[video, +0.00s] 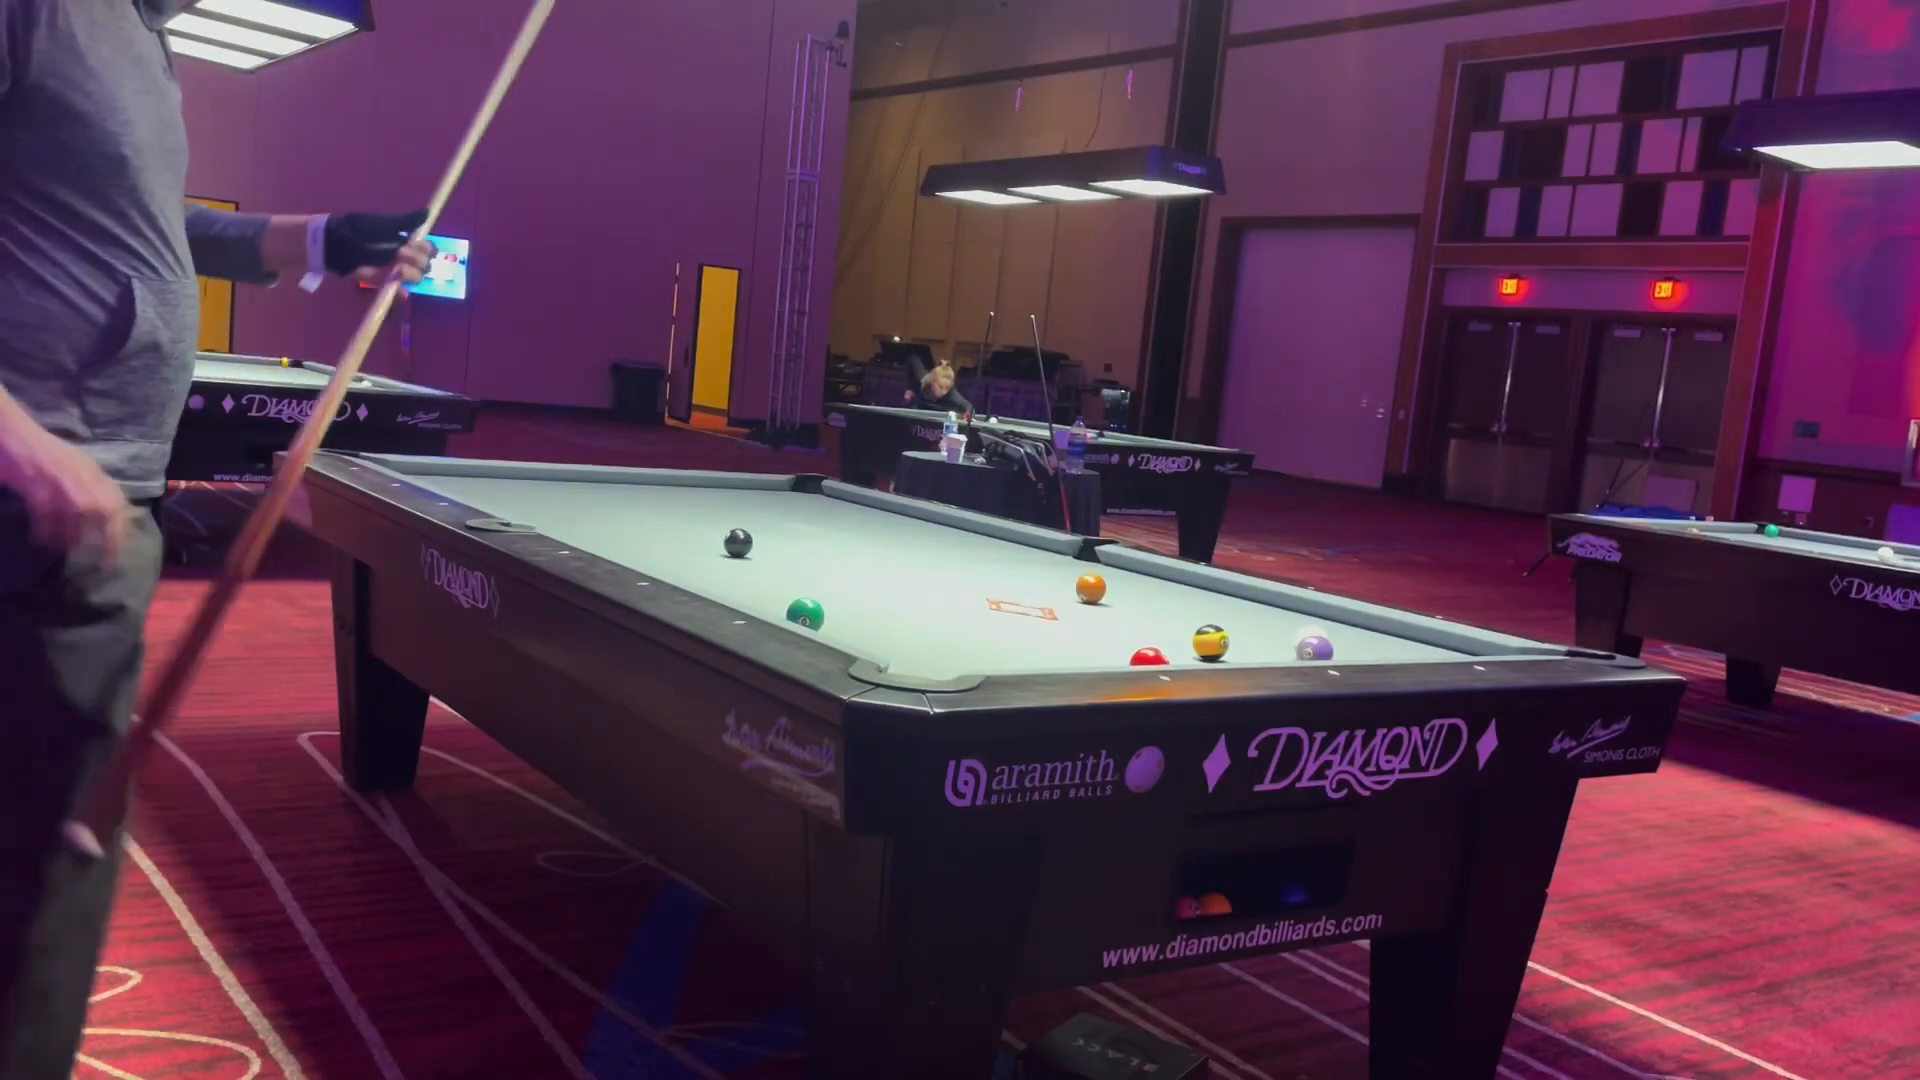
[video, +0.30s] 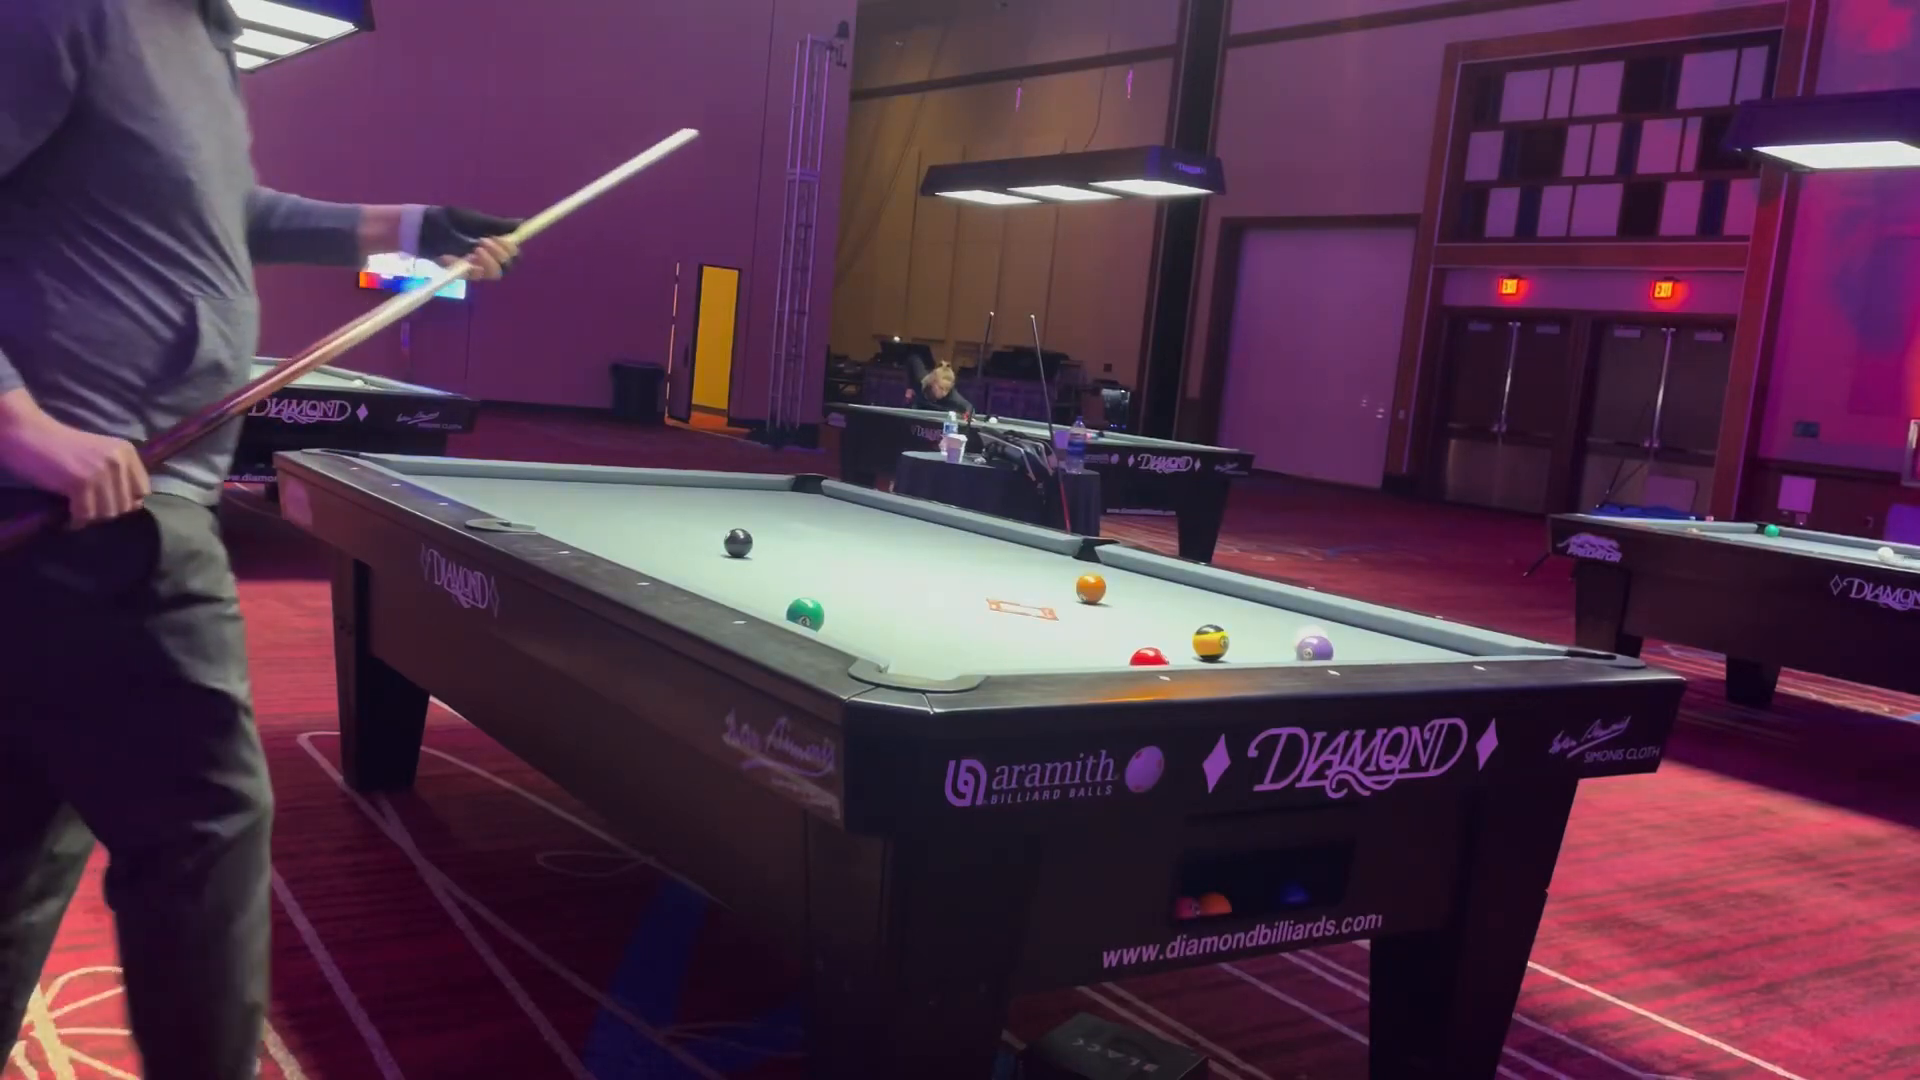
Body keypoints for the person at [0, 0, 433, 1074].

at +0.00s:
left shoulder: (126, 18)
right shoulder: (35, 18)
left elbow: (118, 225)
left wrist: (311, 245)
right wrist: (18, 438)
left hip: (102, 512)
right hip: (40, 520)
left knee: (68, 848)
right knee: (46, 861)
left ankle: (40, 1053)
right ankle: (31, 1054)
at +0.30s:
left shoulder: (195, 27)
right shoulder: (66, 16)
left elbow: (205, 212)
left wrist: (395, 230)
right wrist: (19, 419)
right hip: (99, 498)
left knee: (29, 838)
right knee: (206, 825)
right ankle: (211, 1065)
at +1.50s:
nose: (898, 244)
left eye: (908, 222)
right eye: (900, 214)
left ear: (837, 187)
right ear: (837, 180)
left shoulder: (806, 333)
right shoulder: (630, 179)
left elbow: (918, 450)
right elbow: (402, 103)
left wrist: (1066, 557)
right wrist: (400, 310)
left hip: (514, 537)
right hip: (370, 499)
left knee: (568, 775)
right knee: (346, 821)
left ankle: (553, 1036)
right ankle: (304, 1060)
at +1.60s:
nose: (906, 261)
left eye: (915, 240)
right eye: (908, 231)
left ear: (845, 203)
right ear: (845, 193)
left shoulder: (810, 352)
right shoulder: (640, 193)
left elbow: (928, 462)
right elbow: (418, 100)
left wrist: (1068, 558)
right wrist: (413, 307)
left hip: (508, 536)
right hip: (363, 494)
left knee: (568, 775)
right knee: (342, 820)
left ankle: (553, 1035)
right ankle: (303, 1060)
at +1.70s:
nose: (907, 276)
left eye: (916, 254)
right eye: (909, 245)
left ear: (850, 221)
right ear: (850, 205)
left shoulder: (810, 362)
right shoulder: (649, 200)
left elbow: (932, 467)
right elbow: (427, 95)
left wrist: (1071, 557)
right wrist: (420, 298)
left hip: (502, 532)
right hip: (356, 488)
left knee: (566, 772)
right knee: (336, 820)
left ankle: (551, 1036)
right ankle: (302, 1057)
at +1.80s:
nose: (907, 291)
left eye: (916, 267)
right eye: (910, 258)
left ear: (849, 228)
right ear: (854, 217)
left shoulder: (809, 370)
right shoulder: (648, 204)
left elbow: (932, 473)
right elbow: (434, 91)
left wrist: (1076, 559)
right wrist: (425, 299)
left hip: (498, 532)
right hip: (352, 488)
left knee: (562, 772)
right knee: (330, 822)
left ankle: (552, 1034)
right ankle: (301, 1057)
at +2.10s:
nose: (904, 315)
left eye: (915, 293)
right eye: (909, 284)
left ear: (846, 252)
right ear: (852, 244)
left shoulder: (808, 387)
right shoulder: (650, 209)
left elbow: (937, 481)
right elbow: (456, 81)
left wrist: (1084, 559)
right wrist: (434, 284)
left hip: (491, 532)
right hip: (344, 488)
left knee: (559, 771)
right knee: (323, 824)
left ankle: (550, 1039)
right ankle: (296, 1059)